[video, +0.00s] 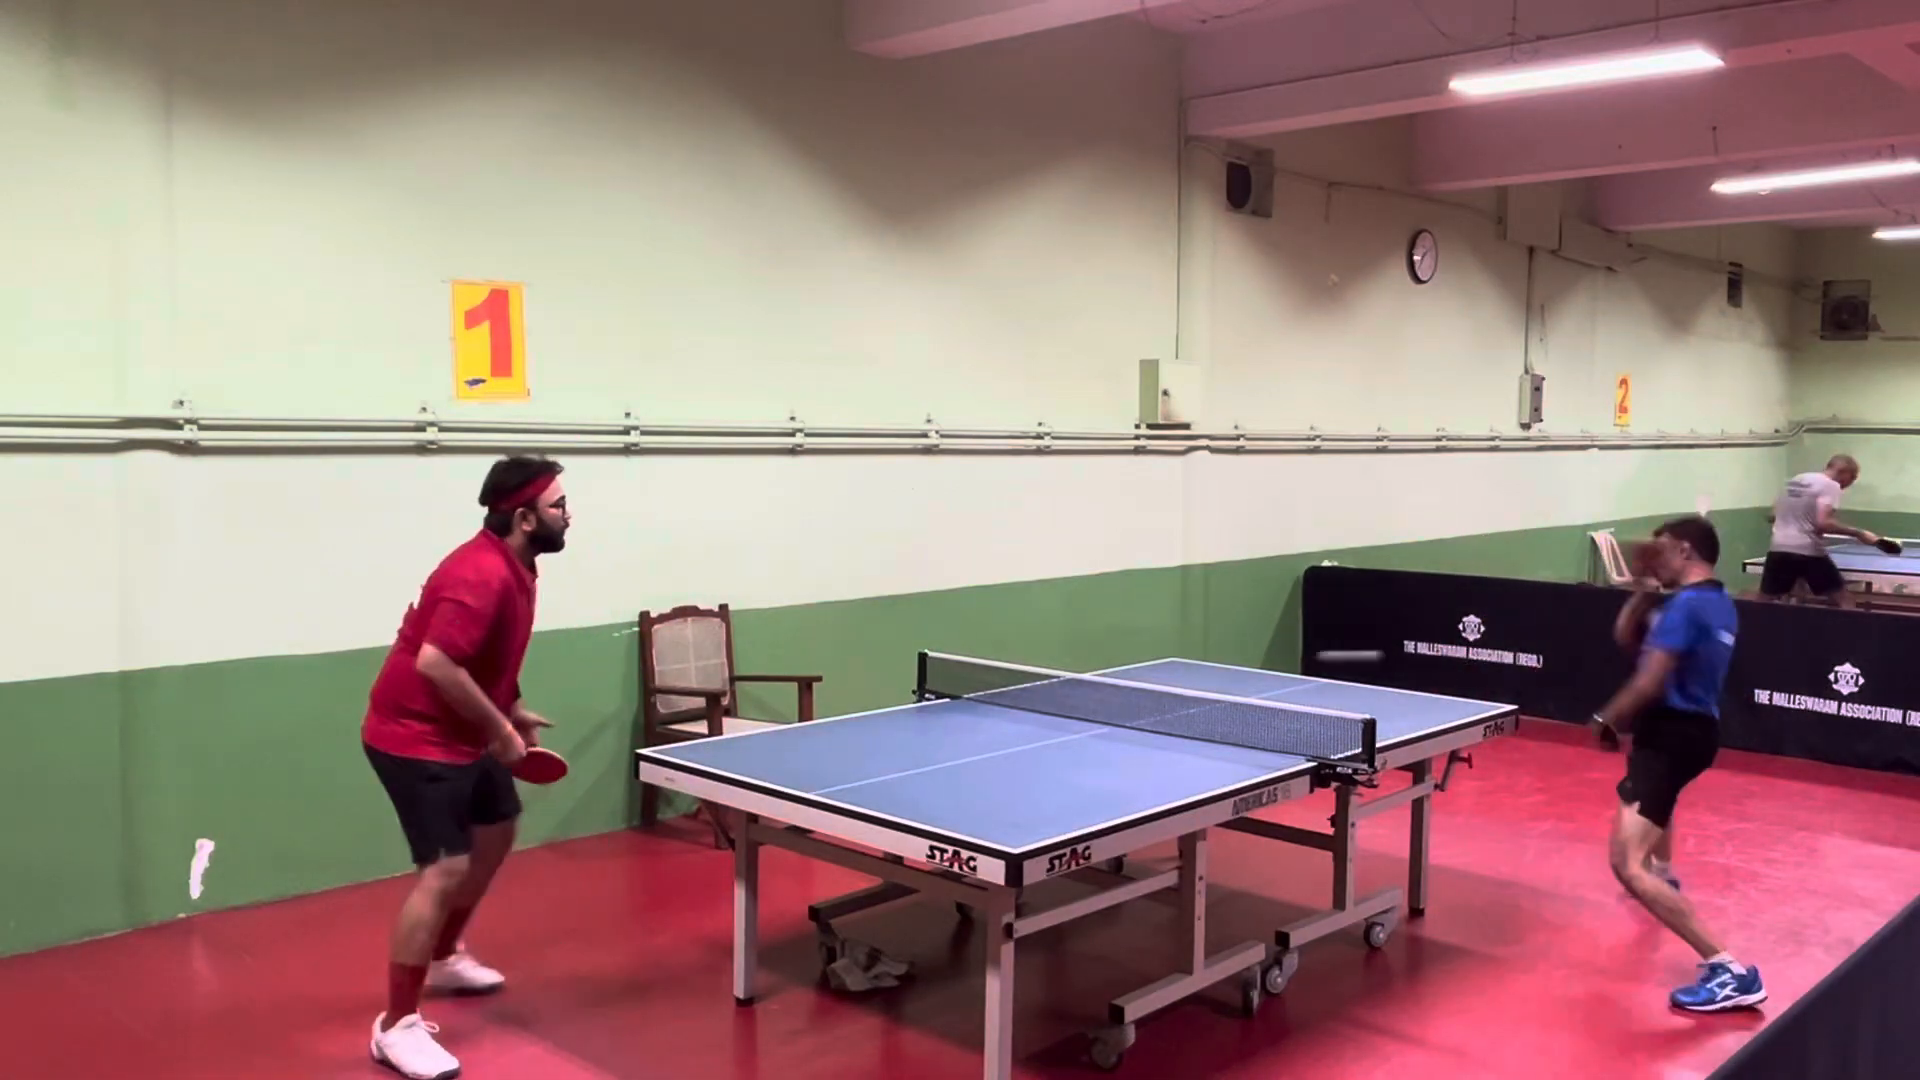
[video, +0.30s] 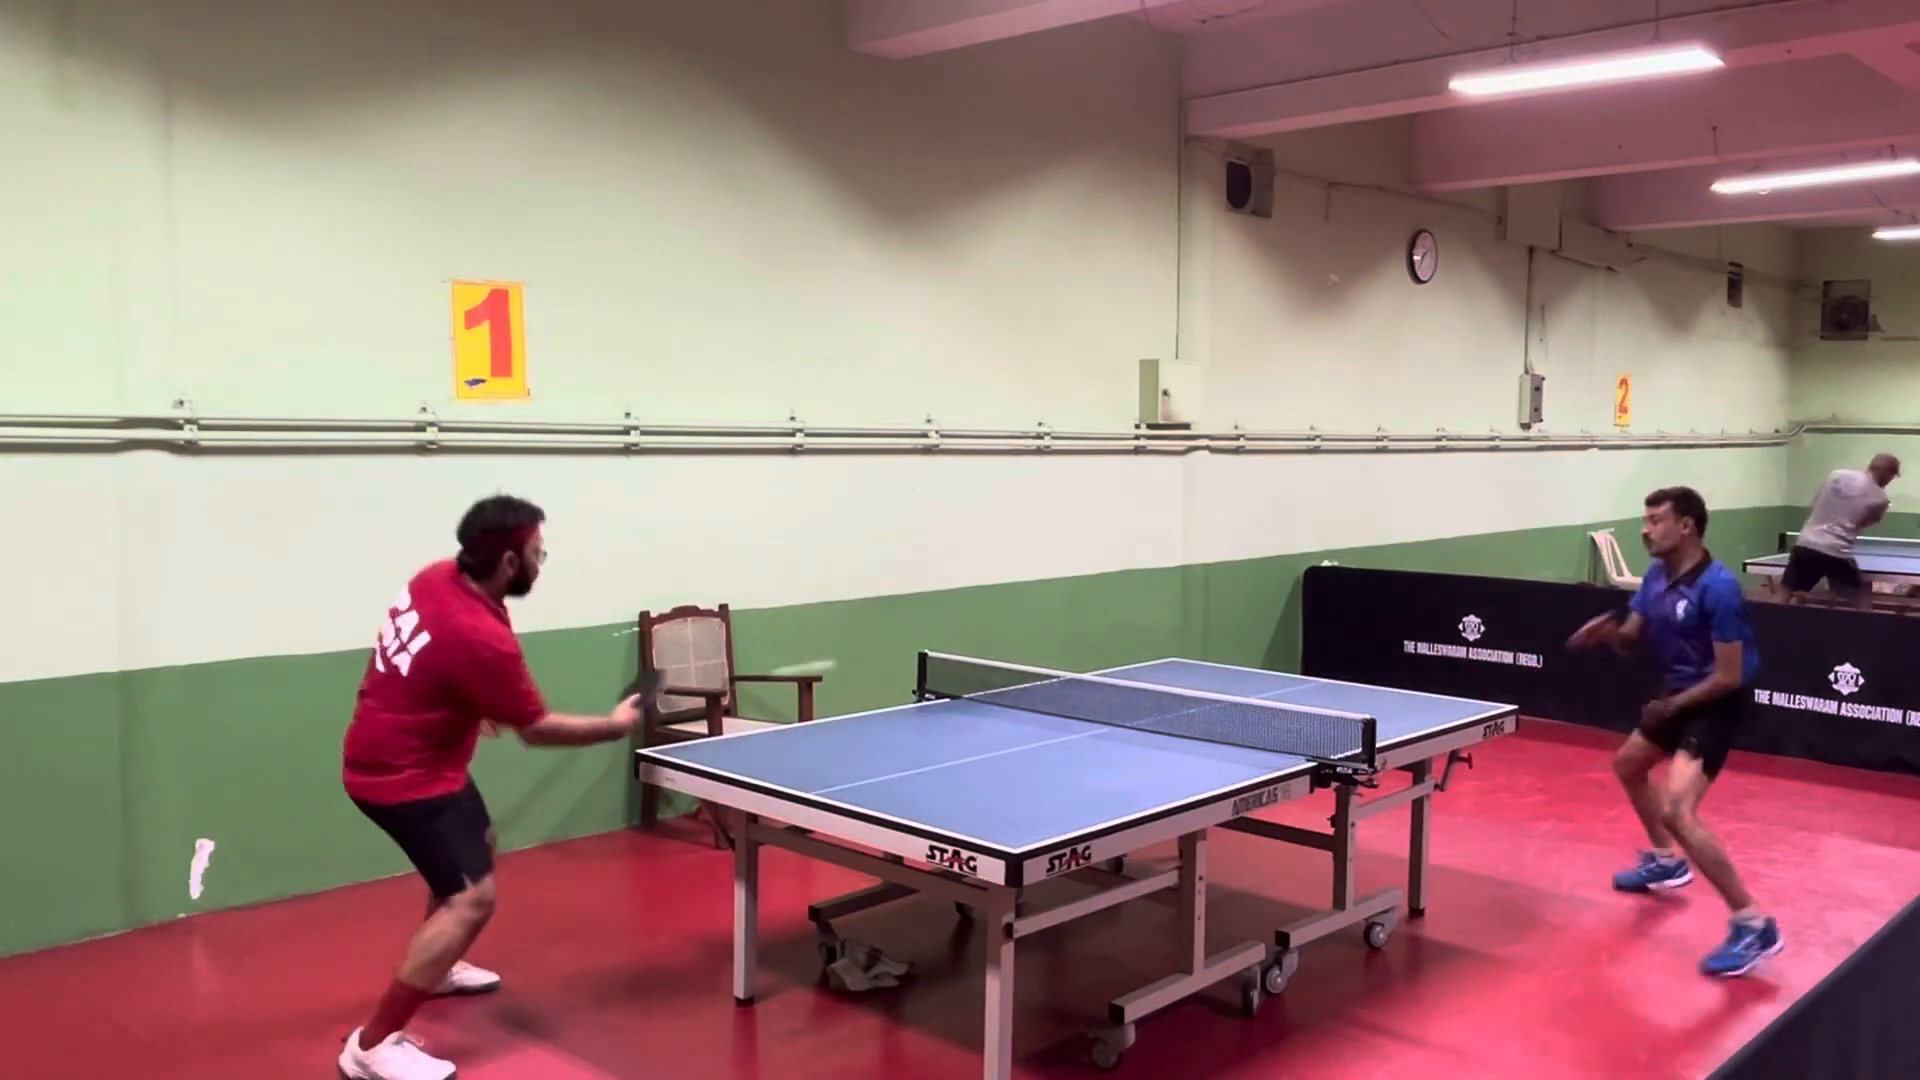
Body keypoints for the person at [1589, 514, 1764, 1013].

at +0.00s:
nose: (1659, 558)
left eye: (1664, 548)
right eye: (1660, 548)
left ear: (1685, 552)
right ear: (1702, 555)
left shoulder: (1684, 605)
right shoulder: (1719, 603)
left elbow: (1651, 678)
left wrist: (1609, 717)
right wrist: (1643, 593)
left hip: (1672, 730)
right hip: (1697, 728)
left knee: (1630, 865)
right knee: (1646, 793)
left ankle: (1726, 967)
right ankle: (1661, 873)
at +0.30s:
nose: (1647, 530)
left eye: (1656, 521)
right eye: (1646, 522)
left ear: (1687, 526)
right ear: (1669, 528)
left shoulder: (1719, 586)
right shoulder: (1656, 575)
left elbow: (1729, 676)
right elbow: (1633, 633)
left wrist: (1672, 705)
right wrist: (1608, 631)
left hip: (1717, 702)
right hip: (1676, 697)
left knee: (1678, 810)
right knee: (1627, 767)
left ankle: (1752, 922)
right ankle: (1666, 857)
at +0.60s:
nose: (1607, 568)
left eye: (1612, 561)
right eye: (1608, 561)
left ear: (1634, 564)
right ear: (1648, 567)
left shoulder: (1626, 599)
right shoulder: (1678, 600)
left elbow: (1601, 674)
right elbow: (1677, 656)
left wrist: (1583, 685)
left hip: (1696, 705)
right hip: (1723, 699)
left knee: (1687, 821)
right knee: (1649, 752)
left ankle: (1759, 928)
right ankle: (1686, 855)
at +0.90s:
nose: (1549, 550)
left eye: (1546, 542)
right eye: (1546, 544)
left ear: (1554, 531)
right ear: (1576, 525)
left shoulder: (1569, 542)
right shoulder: (1603, 539)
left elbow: (1589, 584)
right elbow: (1564, 590)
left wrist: (1601, 634)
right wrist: (1512, 599)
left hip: (1630, 610)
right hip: (1670, 616)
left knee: (1587, 711)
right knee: (1665, 729)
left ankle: (1625, 802)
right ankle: (1680, 829)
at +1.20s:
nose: (1498, 558)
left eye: (1493, 552)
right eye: (1495, 553)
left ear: (1495, 545)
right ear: (1517, 531)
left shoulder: (1515, 559)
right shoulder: (1553, 545)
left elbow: (1549, 601)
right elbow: (1538, 620)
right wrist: (1489, 637)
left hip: (1555, 626)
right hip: (1595, 624)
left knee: (1516, 692)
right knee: (1601, 720)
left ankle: (1525, 776)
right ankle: (1642, 740)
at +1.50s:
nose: (1513, 504)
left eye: (1509, 500)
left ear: (1510, 496)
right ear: (1537, 486)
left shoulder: (1516, 513)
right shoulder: (1573, 512)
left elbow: (1503, 562)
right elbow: (1585, 562)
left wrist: (1481, 555)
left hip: (1539, 601)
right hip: (1576, 602)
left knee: (1505, 681)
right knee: (1549, 667)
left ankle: (1519, 747)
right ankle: (1535, 738)